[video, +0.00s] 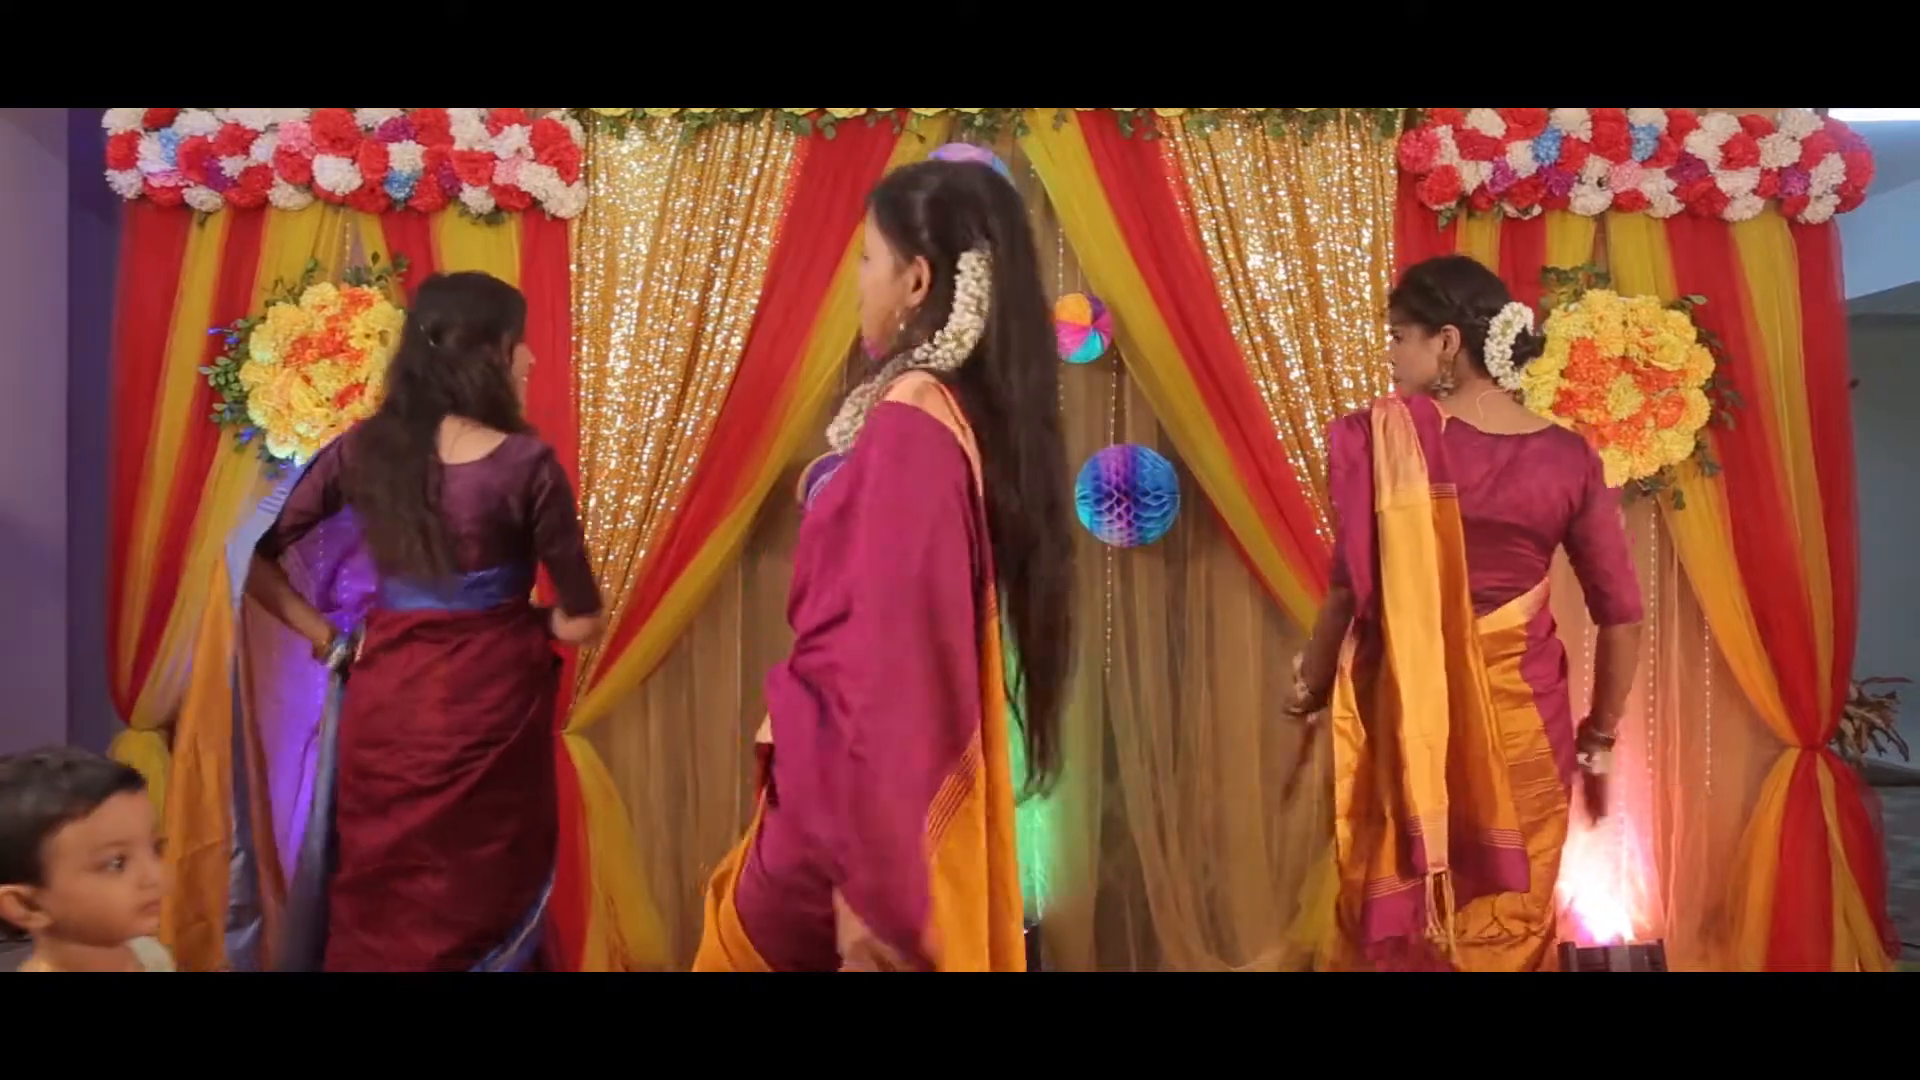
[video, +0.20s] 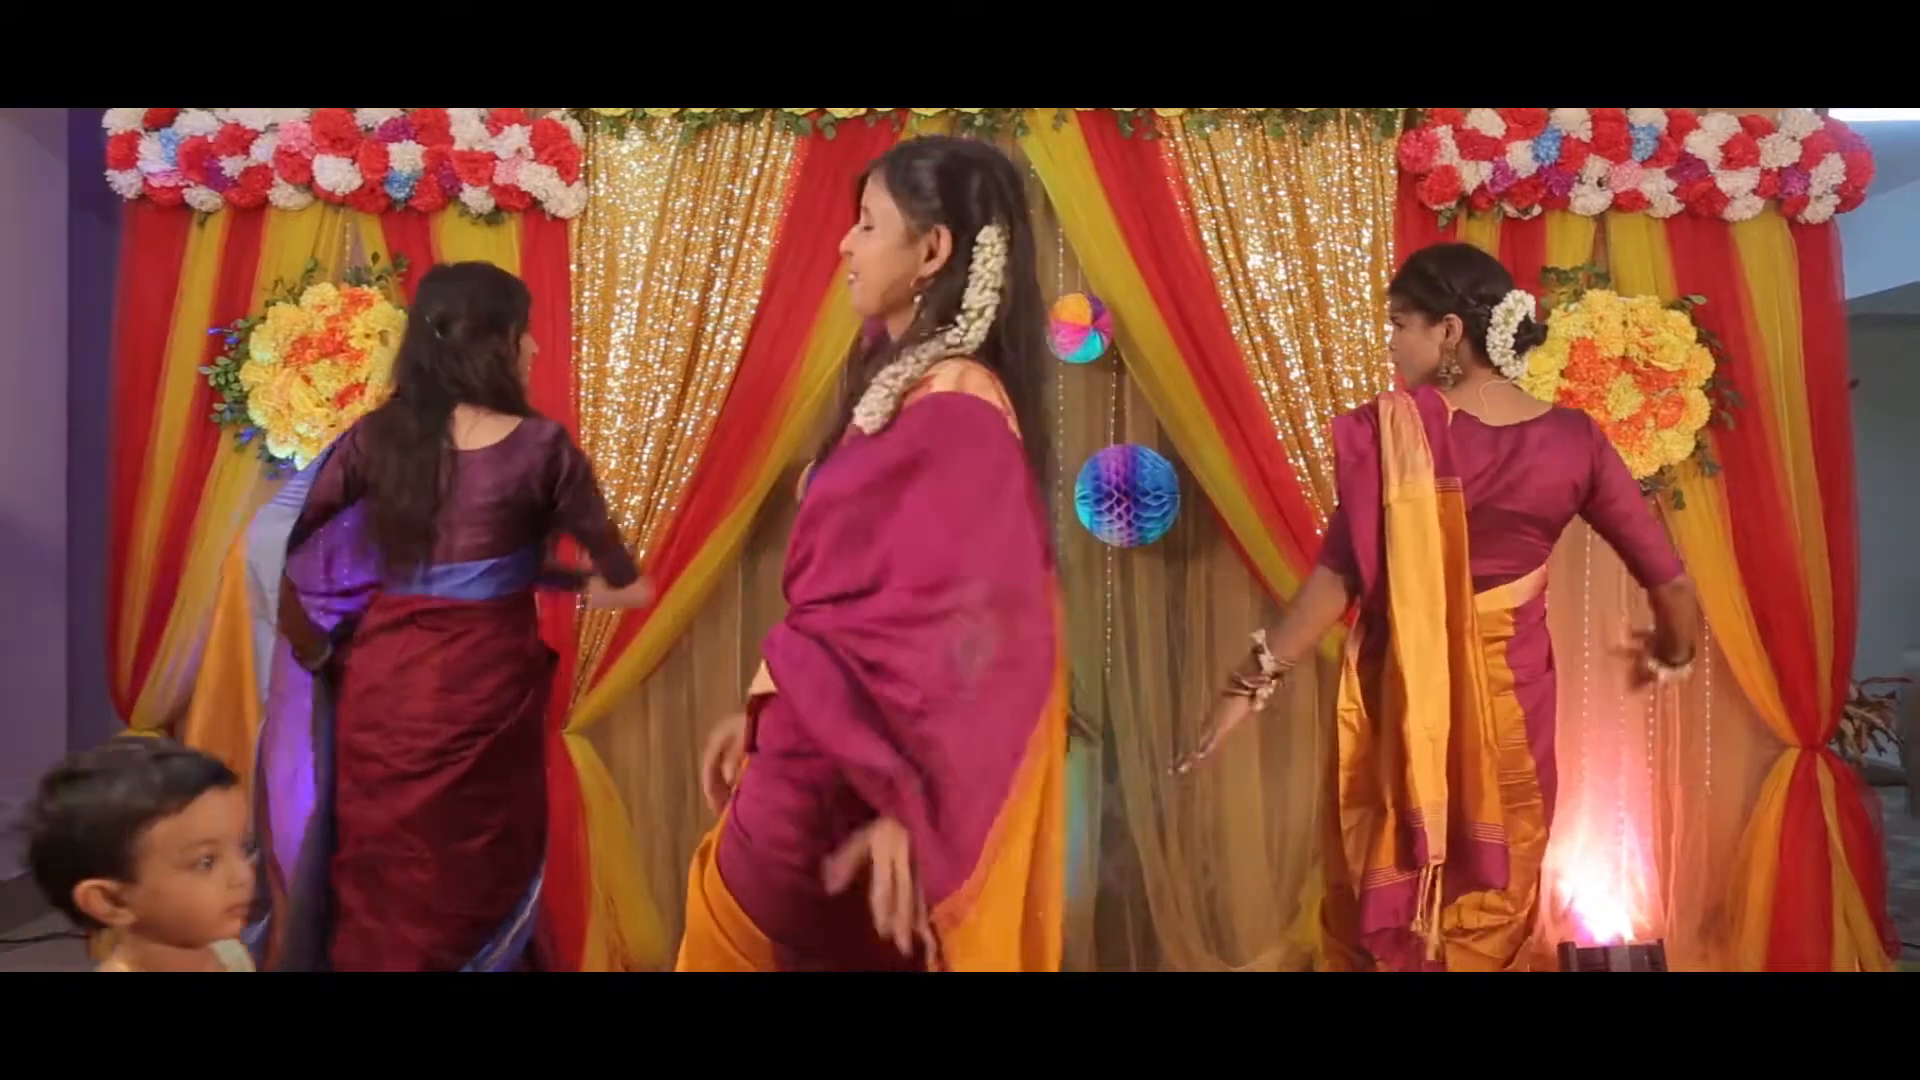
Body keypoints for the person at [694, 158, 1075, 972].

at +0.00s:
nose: (857, 282)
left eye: (866, 259)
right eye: (862, 258)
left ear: (916, 278)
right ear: (924, 278)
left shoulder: (908, 417)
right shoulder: (945, 401)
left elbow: (896, 662)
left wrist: (875, 890)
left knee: (738, 947)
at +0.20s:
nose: (845, 244)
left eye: (867, 224)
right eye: (856, 222)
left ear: (933, 250)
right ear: (925, 251)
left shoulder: (955, 406)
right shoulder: (901, 389)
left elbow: (941, 633)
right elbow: (862, 603)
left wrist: (904, 805)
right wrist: (754, 711)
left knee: (725, 938)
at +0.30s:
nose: (855, 253)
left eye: (883, 229)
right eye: (862, 230)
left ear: (959, 254)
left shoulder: (978, 406)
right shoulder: (896, 401)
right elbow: (870, 595)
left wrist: (917, 745)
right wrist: (771, 658)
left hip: (874, 827)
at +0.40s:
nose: (874, 287)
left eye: (907, 264)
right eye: (875, 265)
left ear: (985, 288)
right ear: (866, 277)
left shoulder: (995, 417)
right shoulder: (906, 422)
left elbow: (1118, 616)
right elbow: (856, 614)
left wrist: (921, 741)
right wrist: (764, 692)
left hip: (904, 837)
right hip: (836, 825)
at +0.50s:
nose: (897, 307)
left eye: (933, 288)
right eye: (895, 285)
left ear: (1003, 317)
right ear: (878, 303)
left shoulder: (1008, 435)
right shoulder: (906, 448)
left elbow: (1129, 620)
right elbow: (835, 629)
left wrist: (969, 771)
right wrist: (804, 728)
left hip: (915, 838)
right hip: (837, 825)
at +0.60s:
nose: (920, 285)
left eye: (956, 267)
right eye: (913, 264)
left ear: (1020, 296)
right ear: (893, 285)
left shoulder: (1030, 417)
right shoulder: (898, 434)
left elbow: (1162, 607)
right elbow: (820, 612)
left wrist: (974, 723)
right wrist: (799, 674)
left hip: (921, 789)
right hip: (841, 775)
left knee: (764, 954)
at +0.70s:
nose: (941, 278)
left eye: (975, 258)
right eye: (928, 256)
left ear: (1029, 287)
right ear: (905, 279)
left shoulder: (1045, 415)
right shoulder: (893, 429)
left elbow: (1183, 604)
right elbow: (801, 591)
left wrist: (1001, 699)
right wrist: (802, 654)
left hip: (937, 769)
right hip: (853, 766)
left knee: (763, 954)